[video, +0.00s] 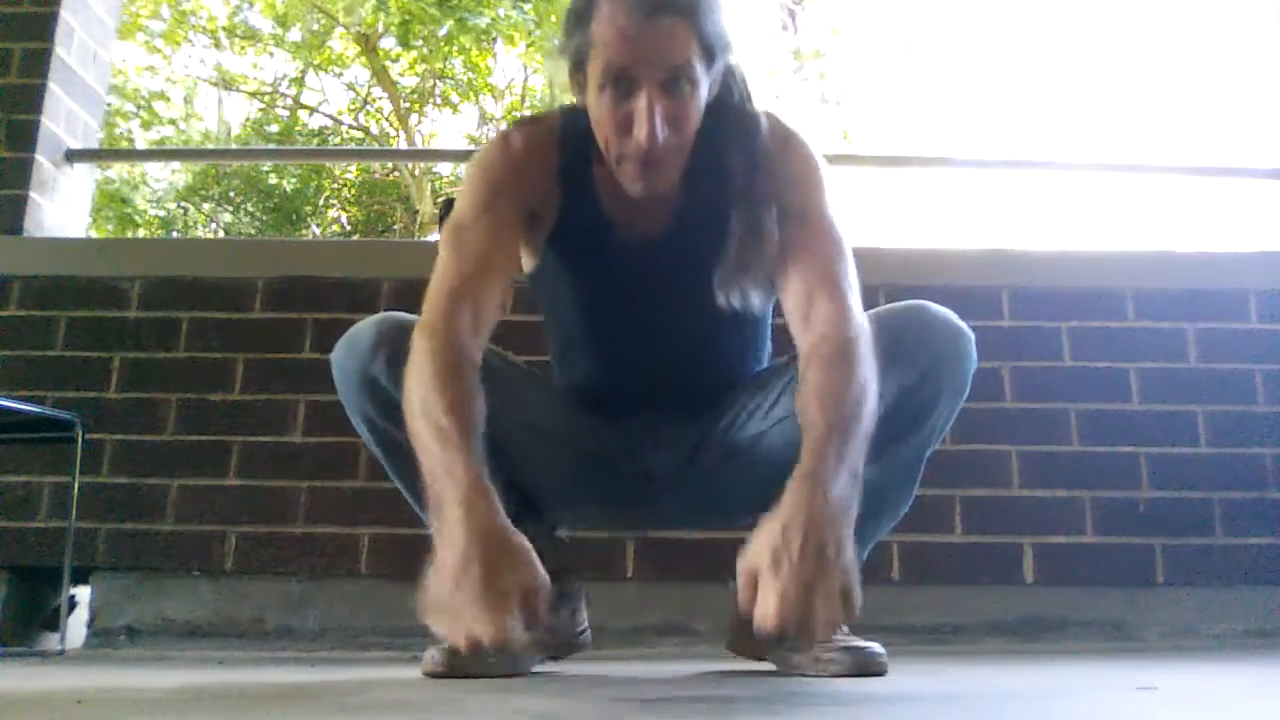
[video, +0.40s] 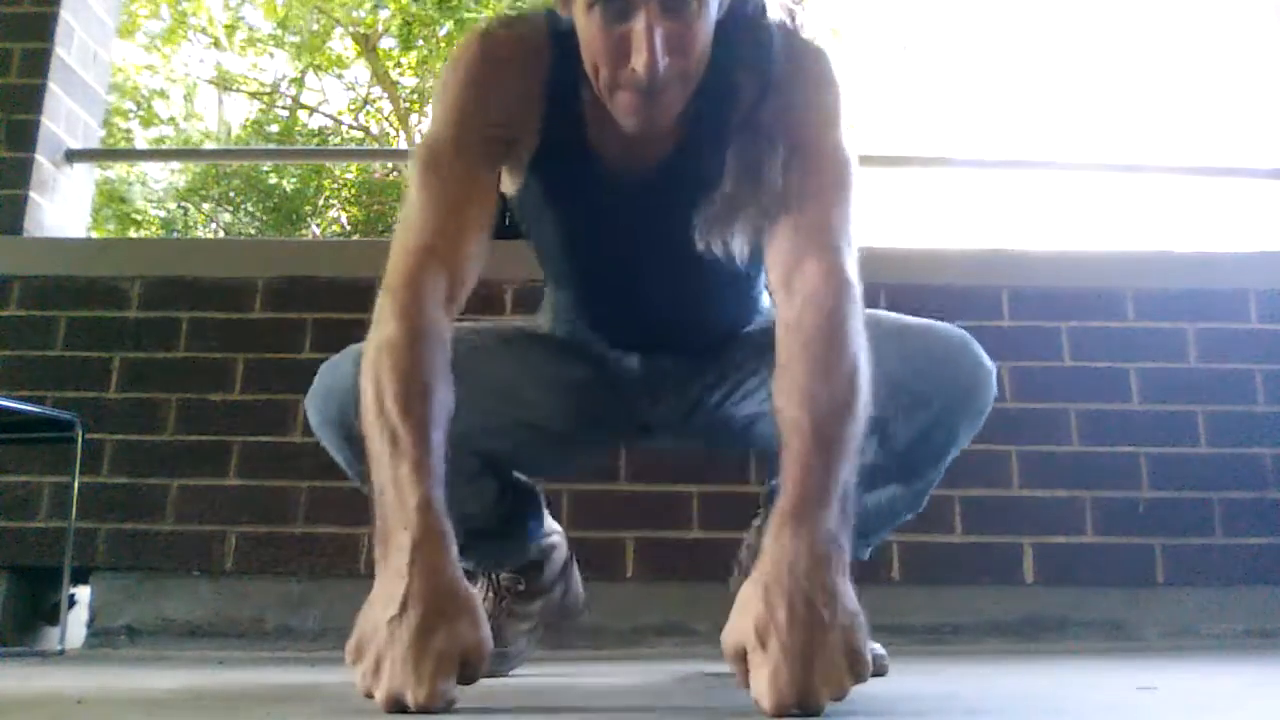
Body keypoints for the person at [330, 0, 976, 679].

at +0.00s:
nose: (647, 122)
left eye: (675, 86)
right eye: (619, 88)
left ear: (713, 82)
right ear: (581, 83)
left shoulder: (773, 158)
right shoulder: (523, 161)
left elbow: (832, 333)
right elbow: (447, 339)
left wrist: (819, 512)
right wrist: (468, 529)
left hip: (732, 449)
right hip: (584, 448)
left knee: (936, 342)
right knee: (371, 353)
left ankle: (788, 602)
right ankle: (529, 605)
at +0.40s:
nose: (643, 52)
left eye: (675, 13)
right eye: (613, 13)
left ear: (719, 6)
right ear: (572, 5)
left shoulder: (788, 74)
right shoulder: (501, 63)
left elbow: (816, 289)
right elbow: (416, 304)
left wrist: (807, 552)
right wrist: (413, 556)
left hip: (739, 373)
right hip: (573, 373)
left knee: (952, 372)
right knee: (347, 393)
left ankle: (793, 589)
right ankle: (527, 570)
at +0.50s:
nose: (629, 24)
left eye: (662, 4)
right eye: (603, 3)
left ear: (709, 1)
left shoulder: (791, 27)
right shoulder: (484, 24)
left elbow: (822, 257)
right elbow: (411, 280)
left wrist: (812, 546)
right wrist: (411, 559)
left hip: (740, 331)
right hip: (565, 330)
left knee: (947, 386)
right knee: (341, 413)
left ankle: (788, 570)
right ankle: (522, 558)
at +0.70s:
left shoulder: (793, 16)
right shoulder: (443, 12)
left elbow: (824, 230)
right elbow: (397, 247)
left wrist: (805, 552)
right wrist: (404, 561)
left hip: (738, 268)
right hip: (560, 267)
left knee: (924, 418)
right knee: (330, 422)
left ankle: (803, 568)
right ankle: (518, 554)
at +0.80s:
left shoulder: (797, 11)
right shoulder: (429, 8)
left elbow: (818, 225)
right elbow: (393, 233)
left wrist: (799, 558)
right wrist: (398, 554)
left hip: (730, 236)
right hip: (550, 236)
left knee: (908, 420)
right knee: (341, 414)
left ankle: (833, 570)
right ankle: (528, 560)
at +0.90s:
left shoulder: (786, 13)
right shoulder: (396, 10)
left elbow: (812, 219)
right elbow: (368, 232)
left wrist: (795, 557)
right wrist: (366, 562)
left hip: (735, 205)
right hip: (555, 203)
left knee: (895, 482)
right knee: (353, 409)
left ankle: (891, 552)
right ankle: (528, 561)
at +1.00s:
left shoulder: (771, 4)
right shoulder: (370, 2)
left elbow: (813, 216)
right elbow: (356, 227)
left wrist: (796, 562)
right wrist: (364, 565)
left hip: (732, 204)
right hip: (560, 194)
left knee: (857, 517)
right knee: (349, 403)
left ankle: (919, 551)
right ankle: (528, 563)